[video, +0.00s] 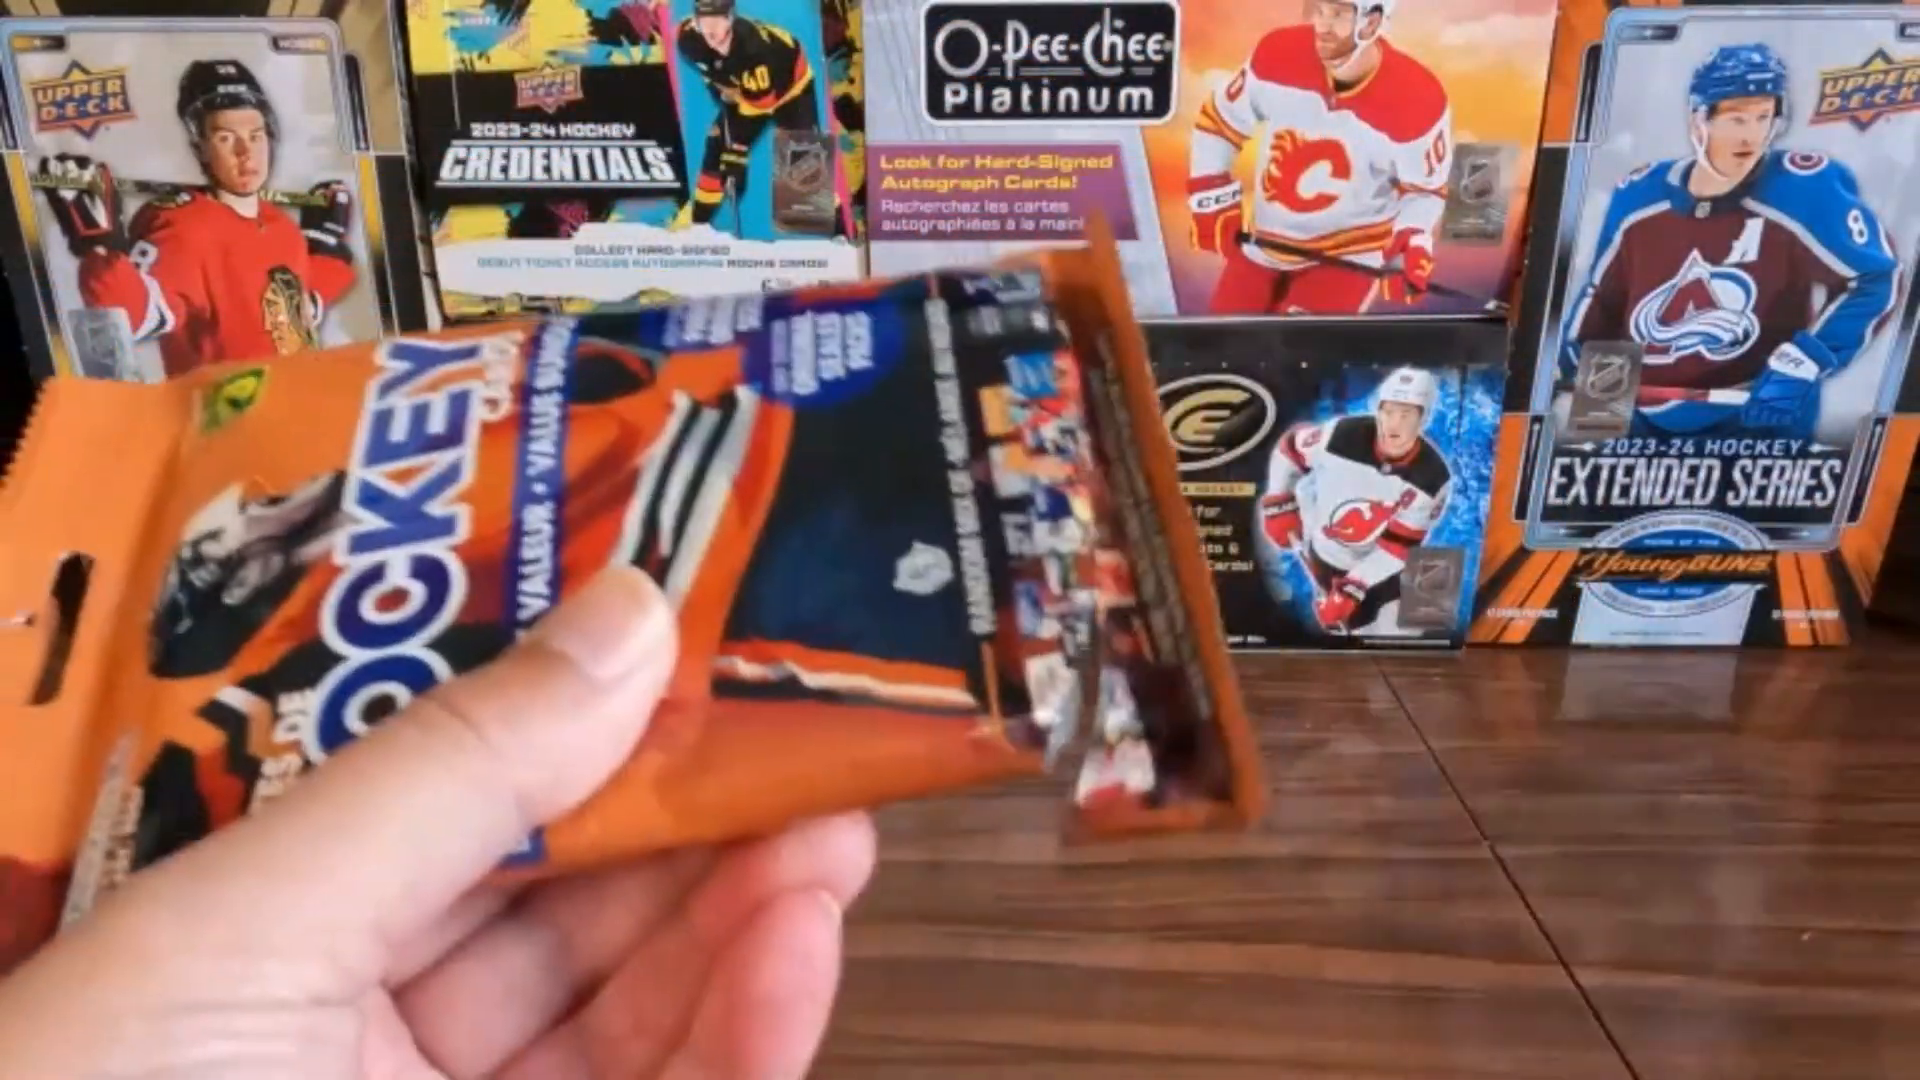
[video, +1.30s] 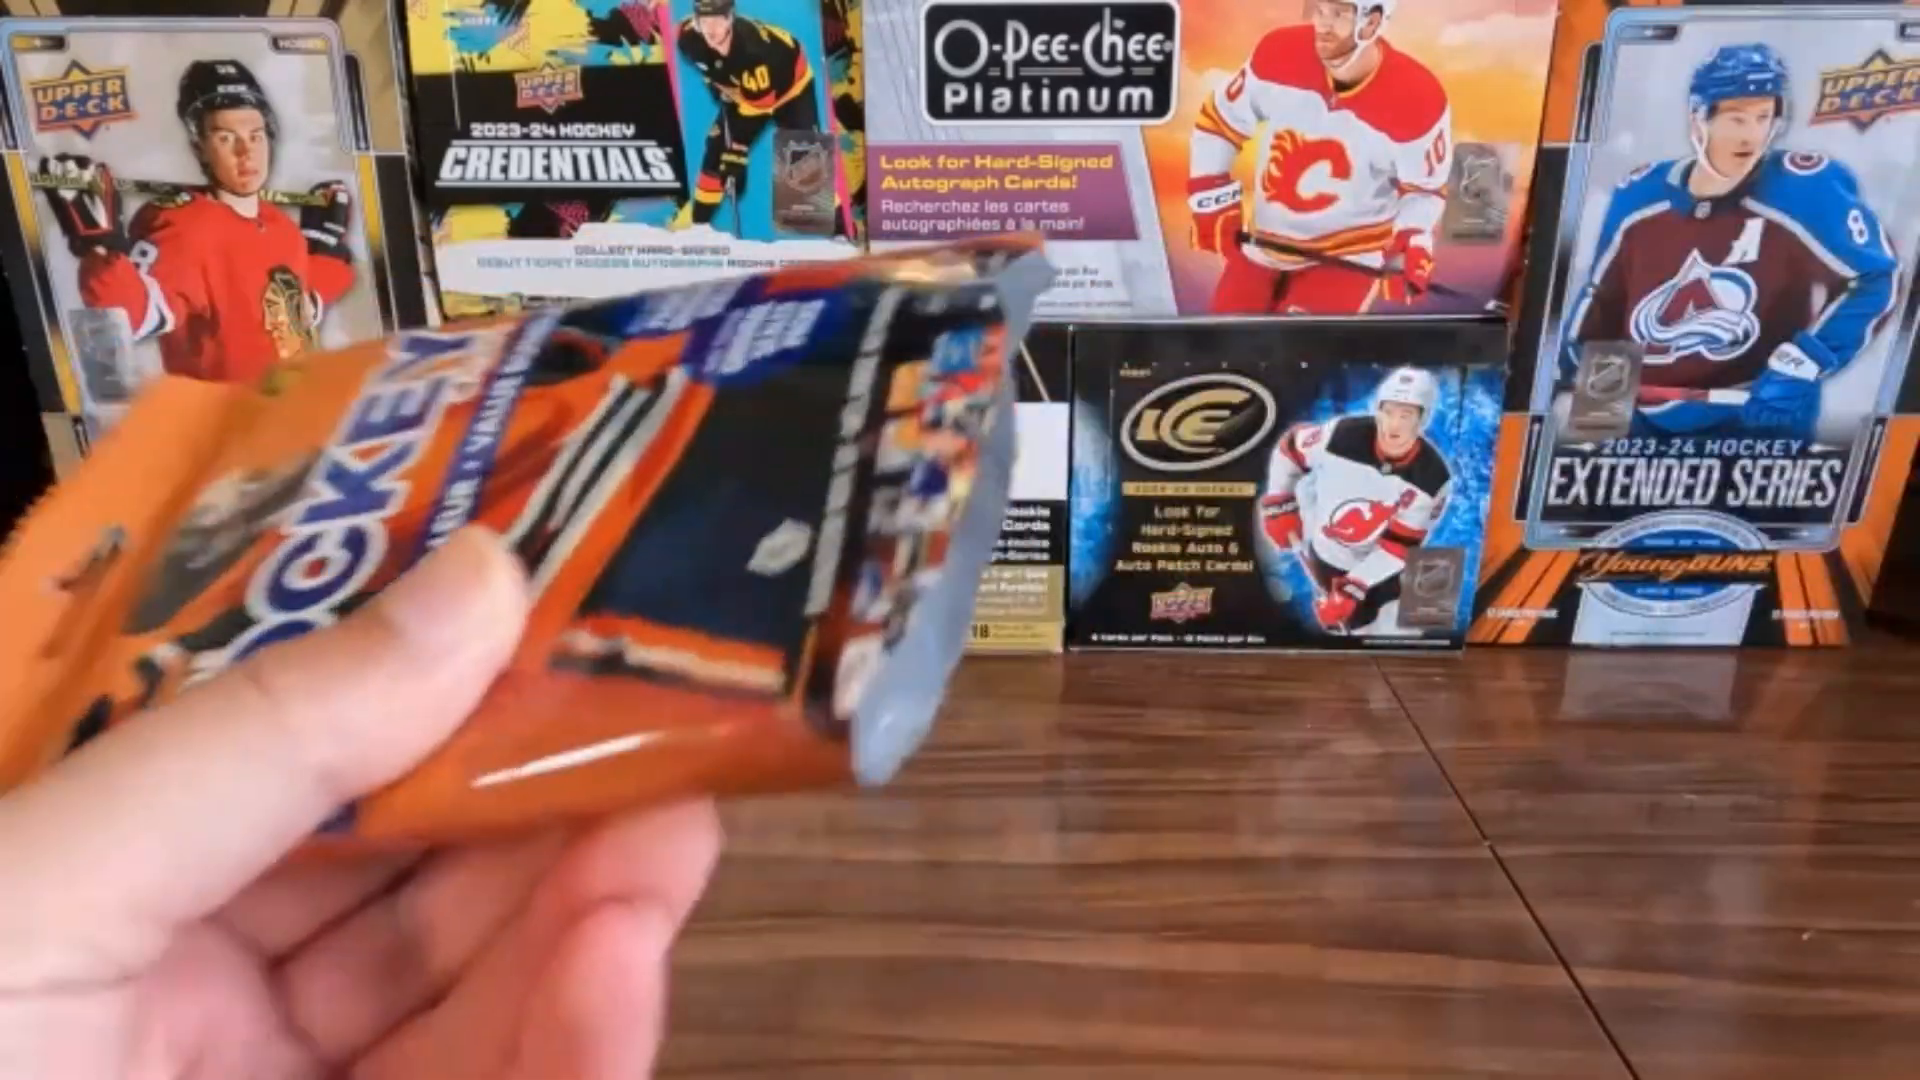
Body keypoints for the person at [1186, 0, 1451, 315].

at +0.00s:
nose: (1323, 26)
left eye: (1339, 14)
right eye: (1318, 11)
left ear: (1373, 22)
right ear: (1309, 11)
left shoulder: (1416, 96)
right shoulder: (1276, 56)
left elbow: (1424, 191)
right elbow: (1216, 124)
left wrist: (1415, 247)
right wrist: (1213, 201)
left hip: (1346, 261)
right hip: (1261, 249)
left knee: (1287, 367)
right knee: (1219, 361)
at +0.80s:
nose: (1322, 26)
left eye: (1339, 14)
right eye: (1317, 11)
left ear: (1373, 23)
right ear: (1308, 10)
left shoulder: (1417, 96)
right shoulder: (1277, 55)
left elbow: (1424, 190)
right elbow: (1216, 126)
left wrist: (1413, 250)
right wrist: (1217, 217)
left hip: (1354, 260)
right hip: (1270, 245)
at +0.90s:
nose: (1324, 26)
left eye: (1339, 14)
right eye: (1319, 11)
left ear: (1372, 21)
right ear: (1309, 11)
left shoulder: (1419, 98)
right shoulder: (1277, 53)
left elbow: (1424, 200)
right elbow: (1217, 125)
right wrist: (1204, 207)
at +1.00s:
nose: (1323, 26)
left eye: (1339, 14)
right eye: (1317, 11)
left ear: (1373, 23)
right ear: (1308, 11)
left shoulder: (1417, 95)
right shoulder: (1277, 56)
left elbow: (1423, 191)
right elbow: (1216, 125)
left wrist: (1415, 250)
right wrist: (1214, 203)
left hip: (1348, 261)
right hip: (1262, 248)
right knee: (1214, 362)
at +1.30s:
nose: (1323, 26)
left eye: (1339, 14)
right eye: (1318, 11)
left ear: (1373, 22)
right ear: (1309, 11)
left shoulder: (1417, 96)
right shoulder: (1277, 55)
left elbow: (1423, 190)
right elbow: (1216, 124)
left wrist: (1415, 249)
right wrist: (1213, 202)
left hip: (1347, 261)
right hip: (1261, 248)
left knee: (1288, 365)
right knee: (1222, 357)